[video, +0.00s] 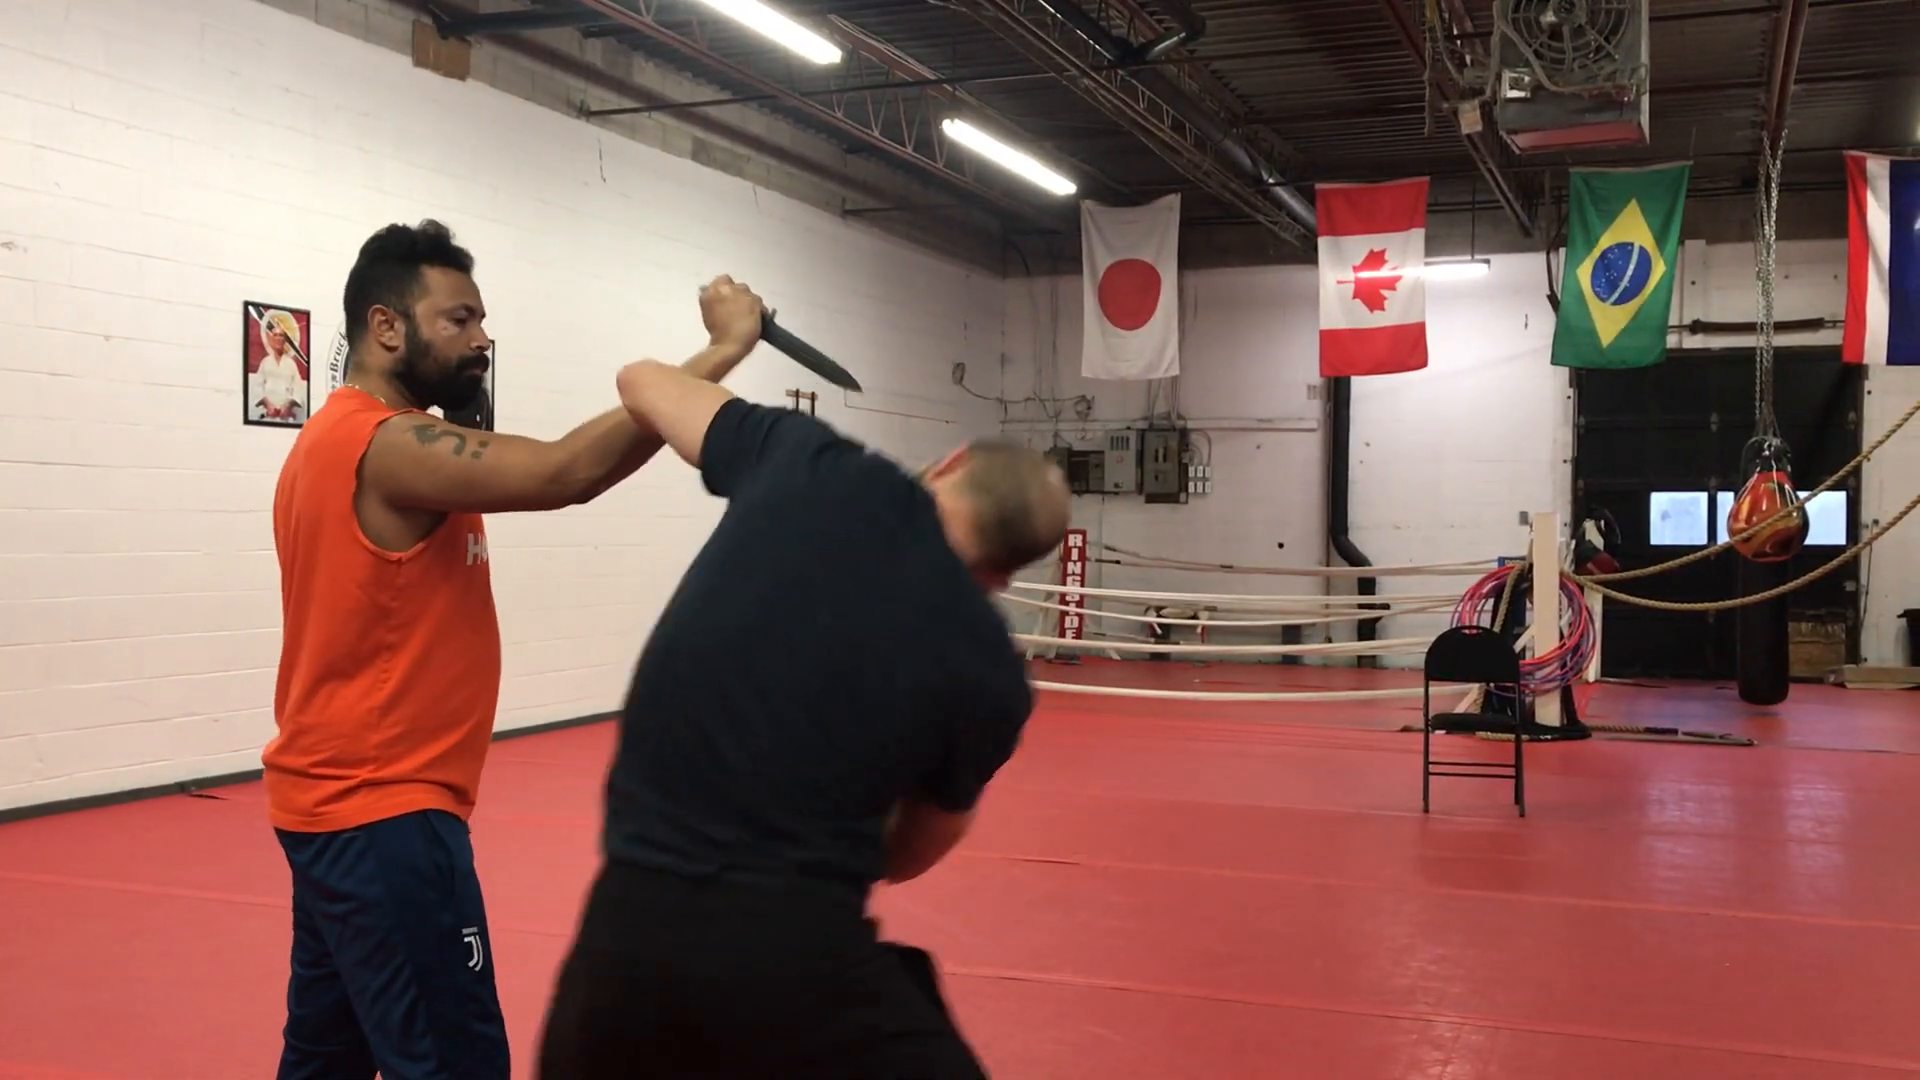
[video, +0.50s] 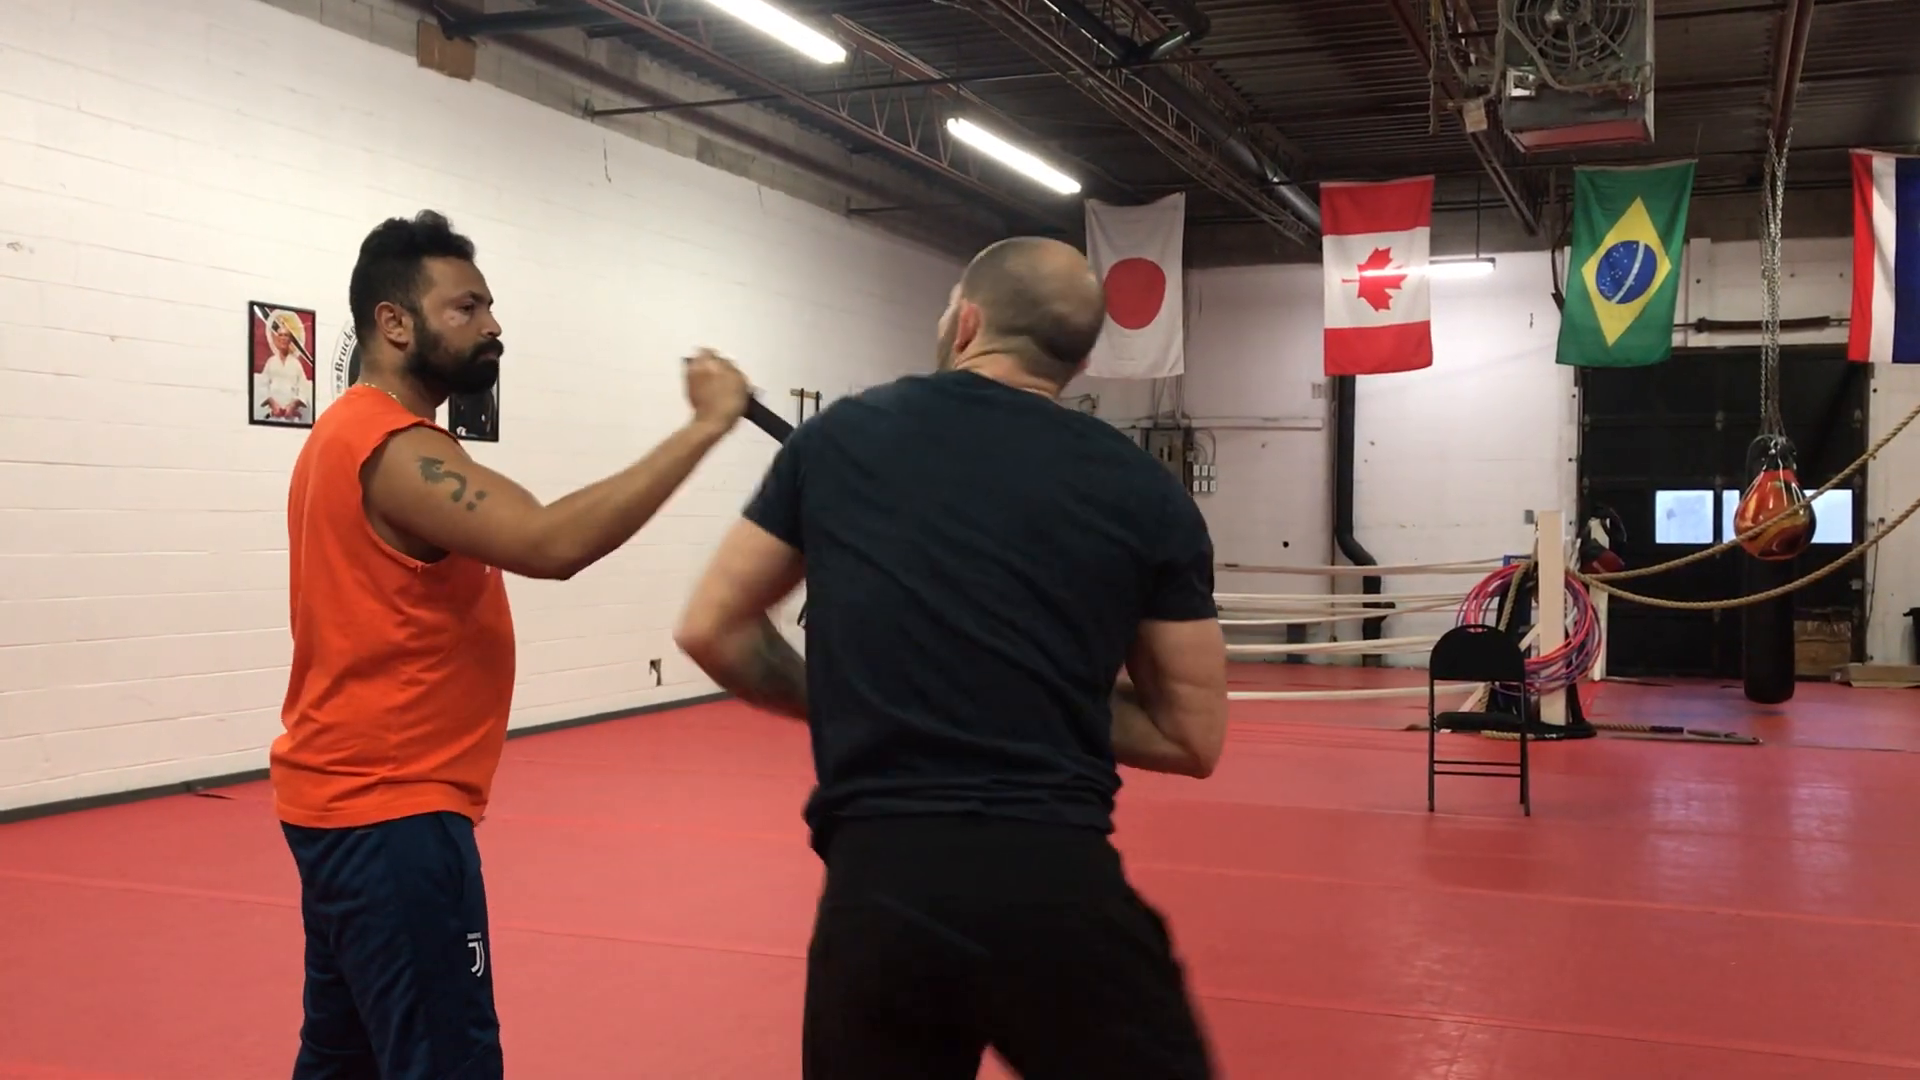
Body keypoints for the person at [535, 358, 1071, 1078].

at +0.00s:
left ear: (947, 460)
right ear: (1004, 578)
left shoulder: (802, 459)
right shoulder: (988, 674)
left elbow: (642, 380)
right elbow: (905, 855)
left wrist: (726, 344)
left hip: (631, 936)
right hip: (808, 965)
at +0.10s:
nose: (957, 415)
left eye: (967, 405)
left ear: (973, 408)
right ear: (1045, 518)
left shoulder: (826, 435)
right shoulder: (1042, 621)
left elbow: (656, 409)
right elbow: (981, 825)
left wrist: (743, 370)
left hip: (703, 920)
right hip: (886, 943)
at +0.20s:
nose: (974, 376)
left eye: (982, 366)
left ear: (986, 369)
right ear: (1083, 467)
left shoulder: (842, 429)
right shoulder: (1087, 568)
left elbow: (667, 452)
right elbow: (1070, 787)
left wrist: (755, 520)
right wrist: (990, 644)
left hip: (768, 908)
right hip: (952, 928)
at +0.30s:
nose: (978, 347)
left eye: (982, 335)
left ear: (992, 345)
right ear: (1097, 415)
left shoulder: (854, 424)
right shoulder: (1126, 530)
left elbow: (674, 503)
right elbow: (1136, 761)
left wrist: (752, 575)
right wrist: (1014, 658)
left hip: (815, 902)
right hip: (1001, 917)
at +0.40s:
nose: (962, 324)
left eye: (968, 312)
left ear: (982, 321)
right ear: (1098, 377)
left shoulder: (852, 418)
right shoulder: (1141, 499)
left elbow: (685, 561)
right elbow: (1174, 746)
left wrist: (785, 652)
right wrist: (1042, 667)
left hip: (851, 878)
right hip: (1031, 888)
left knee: (845, 1061)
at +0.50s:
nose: (941, 323)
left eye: (946, 311)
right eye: (946, 310)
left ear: (964, 322)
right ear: (1078, 362)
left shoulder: (843, 435)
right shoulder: (1143, 489)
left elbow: (714, 628)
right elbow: (1190, 741)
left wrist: (845, 702)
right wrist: (1036, 691)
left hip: (879, 903)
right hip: (1066, 909)